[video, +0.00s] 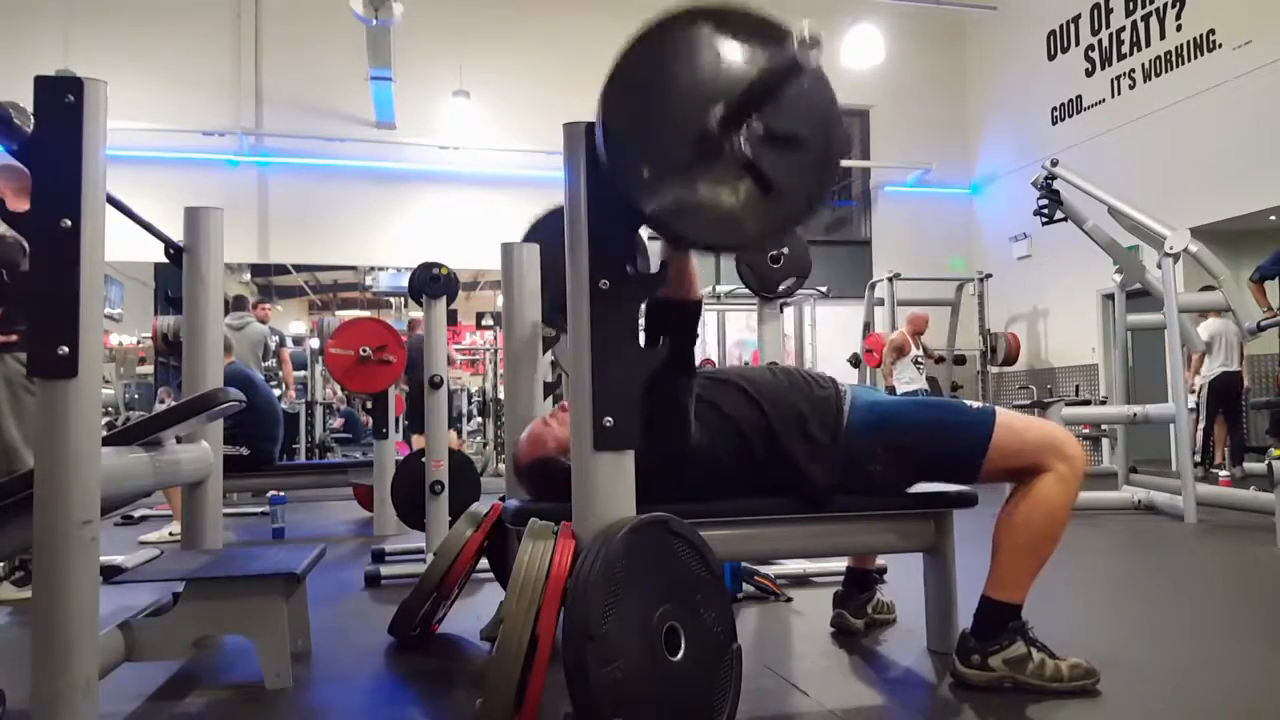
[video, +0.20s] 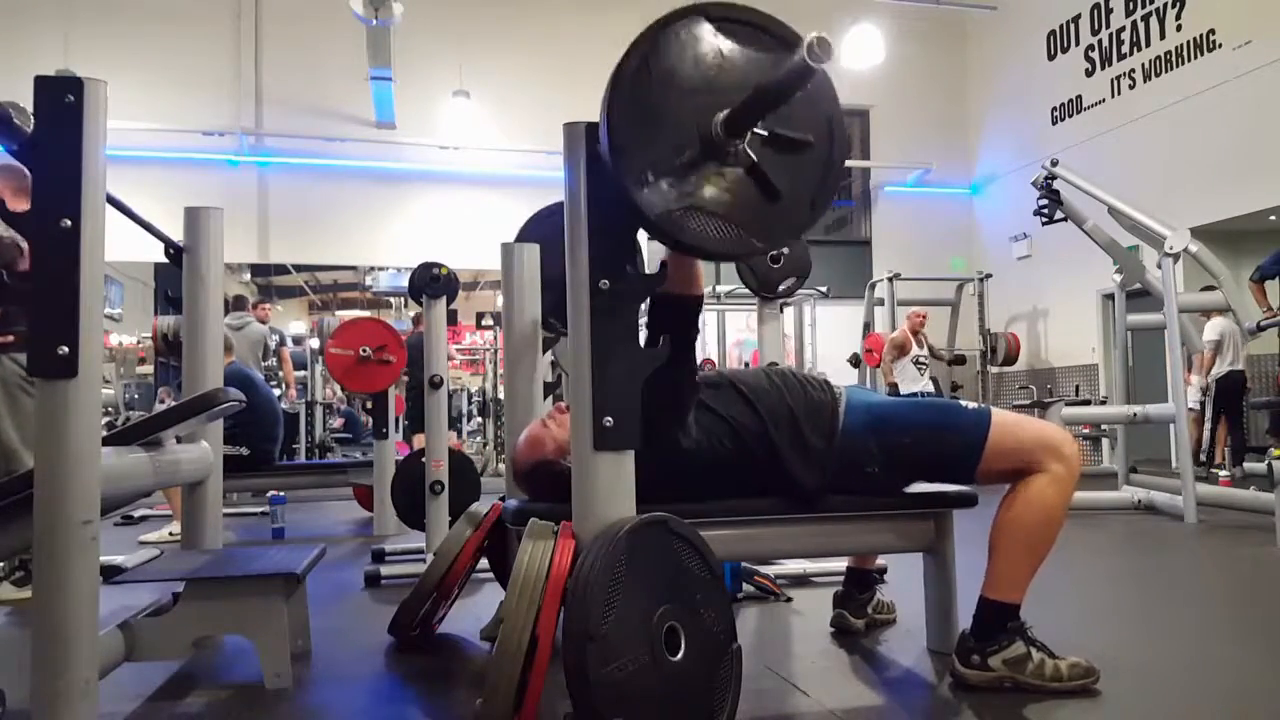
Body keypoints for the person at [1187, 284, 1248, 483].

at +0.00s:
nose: (1196, 310)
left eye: (1198, 306)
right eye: (1197, 306)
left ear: (1202, 308)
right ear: (1220, 306)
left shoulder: (1205, 327)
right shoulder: (1234, 326)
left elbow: (1198, 355)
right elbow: (1241, 354)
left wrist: (1191, 377)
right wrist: (1242, 375)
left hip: (1214, 378)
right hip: (1235, 376)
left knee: (1206, 422)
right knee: (1235, 423)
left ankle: (1201, 462)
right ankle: (1237, 464)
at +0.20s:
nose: (1199, 311)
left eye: (1200, 307)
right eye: (1198, 307)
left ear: (1207, 306)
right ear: (1218, 305)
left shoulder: (1213, 325)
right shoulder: (1234, 325)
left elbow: (1210, 353)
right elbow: (1242, 352)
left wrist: (1204, 376)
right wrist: (1243, 374)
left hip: (1220, 375)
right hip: (1238, 374)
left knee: (1210, 420)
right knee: (1235, 421)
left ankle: (1204, 460)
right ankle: (1238, 464)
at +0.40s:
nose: (1199, 310)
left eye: (1200, 305)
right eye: (1198, 306)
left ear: (1207, 305)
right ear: (1217, 303)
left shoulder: (1216, 325)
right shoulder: (1232, 324)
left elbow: (1213, 354)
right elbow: (1240, 352)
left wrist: (1202, 376)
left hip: (1222, 376)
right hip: (1236, 374)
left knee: (1216, 421)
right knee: (1234, 421)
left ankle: (1222, 462)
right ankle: (1237, 464)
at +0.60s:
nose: (1196, 312)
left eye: (1196, 307)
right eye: (1195, 308)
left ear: (1203, 306)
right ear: (1213, 303)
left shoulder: (1213, 324)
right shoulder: (1229, 323)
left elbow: (1210, 351)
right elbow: (1237, 352)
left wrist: (1197, 375)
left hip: (1218, 376)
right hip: (1233, 374)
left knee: (1221, 421)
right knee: (1231, 420)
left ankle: (1230, 464)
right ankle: (1235, 462)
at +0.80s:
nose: (1190, 312)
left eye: (1191, 308)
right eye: (1189, 308)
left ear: (1198, 306)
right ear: (1207, 303)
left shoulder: (1208, 323)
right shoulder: (1223, 322)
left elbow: (1204, 351)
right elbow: (1230, 352)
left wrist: (1192, 374)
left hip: (1214, 375)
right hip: (1227, 373)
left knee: (1216, 419)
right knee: (1219, 419)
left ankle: (1230, 462)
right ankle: (1225, 461)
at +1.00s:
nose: (1186, 313)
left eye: (1186, 309)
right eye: (1185, 309)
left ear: (1193, 307)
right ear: (1201, 305)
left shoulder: (1203, 323)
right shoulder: (1214, 321)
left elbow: (1200, 351)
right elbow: (1213, 353)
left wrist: (1189, 374)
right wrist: (1198, 376)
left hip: (1212, 375)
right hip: (1223, 373)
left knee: (1216, 420)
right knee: (1217, 420)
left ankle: (1226, 462)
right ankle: (1221, 460)